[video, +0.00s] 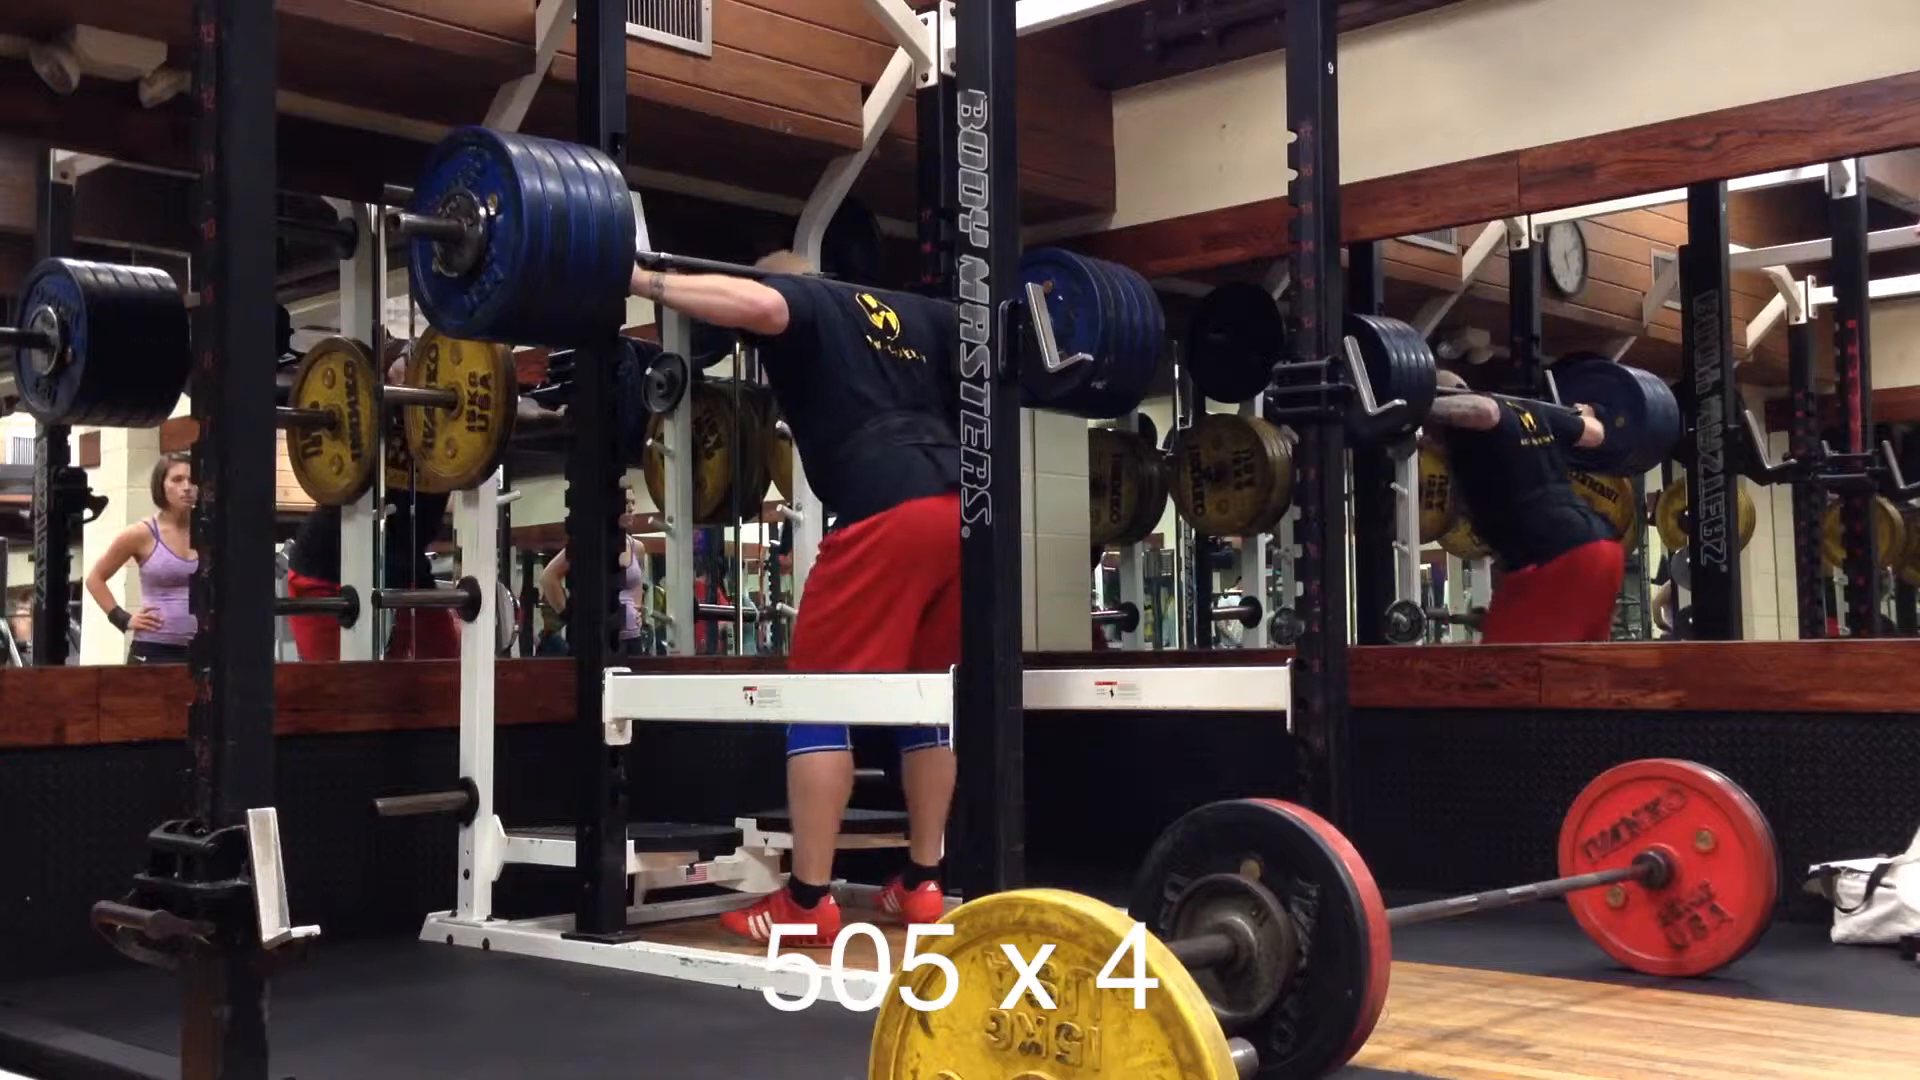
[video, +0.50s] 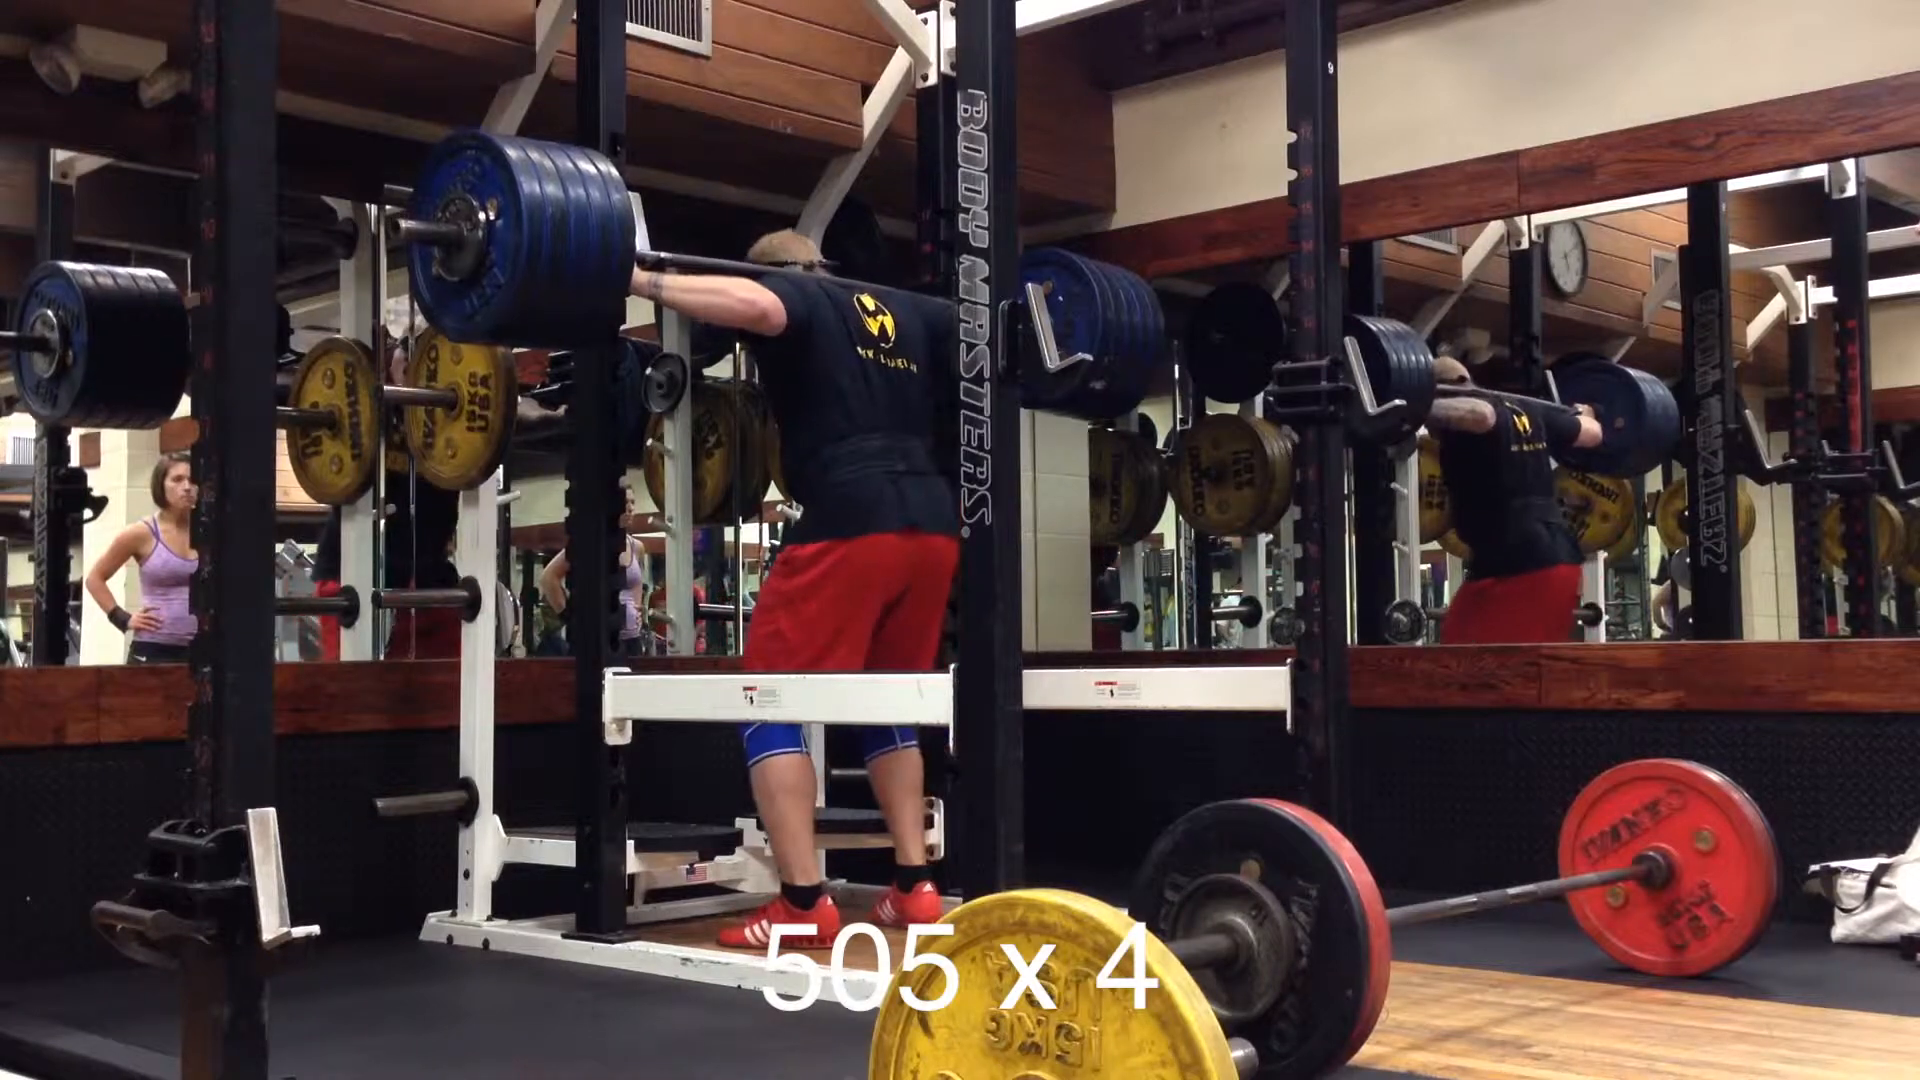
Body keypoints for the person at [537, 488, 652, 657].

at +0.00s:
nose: (630, 508)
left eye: (632, 503)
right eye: (624, 503)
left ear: (636, 506)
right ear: (610, 506)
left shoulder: (636, 547)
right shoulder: (587, 543)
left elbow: (638, 583)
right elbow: (548, 578)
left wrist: (637, 609)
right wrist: (567, 614)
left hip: (631, 634)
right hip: (597, 636)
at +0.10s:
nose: (629, 508)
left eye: (631, 503)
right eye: (623, 502)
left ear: (635, 506)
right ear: (609, 506)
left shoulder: (636, 546)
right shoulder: (589, 543)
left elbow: (637, 582)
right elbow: (549, 577)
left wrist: (637, 607)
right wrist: (566, 613)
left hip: (631, 633)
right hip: (598, 635)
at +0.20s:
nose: (628, 509)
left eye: (631, 503)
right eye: (623, 503)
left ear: (635, 507)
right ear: (609, 507)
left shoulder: (636, 546)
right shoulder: (589, 542)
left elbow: (637, 582)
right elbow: (548, 577)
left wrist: (637, 608)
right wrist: (566, 614)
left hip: (631, 633)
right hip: (598, 634)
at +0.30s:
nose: (629, 509)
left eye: (631, 503)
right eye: (623, 503)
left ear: (635, 507)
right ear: (610, 507)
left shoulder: (636, 546)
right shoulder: (589, 543)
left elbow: (637, 582)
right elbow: (548, 577)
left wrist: (637, 608)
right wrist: (566, 613)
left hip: (631, 633)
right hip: (598, 634)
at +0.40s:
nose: (629, 508)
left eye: (631, 503)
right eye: (623, 502)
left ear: (635, 507)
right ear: (609, 506)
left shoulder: (636, 546)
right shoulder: (590, 542)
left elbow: (637, 582)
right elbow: (548, 577)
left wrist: (637, 608)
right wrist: (566, 613)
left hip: (630, 633)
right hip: (598, 634)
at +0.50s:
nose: (629, 508)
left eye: (631, 502)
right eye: (623, 502)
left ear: (635, 507)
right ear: (609, 506)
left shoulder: (636, 546)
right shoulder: (589, 542)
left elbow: (637, 582)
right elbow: (548, 578)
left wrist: (637, 608)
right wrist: (566, 614)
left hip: (631, 633)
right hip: (598, 634)